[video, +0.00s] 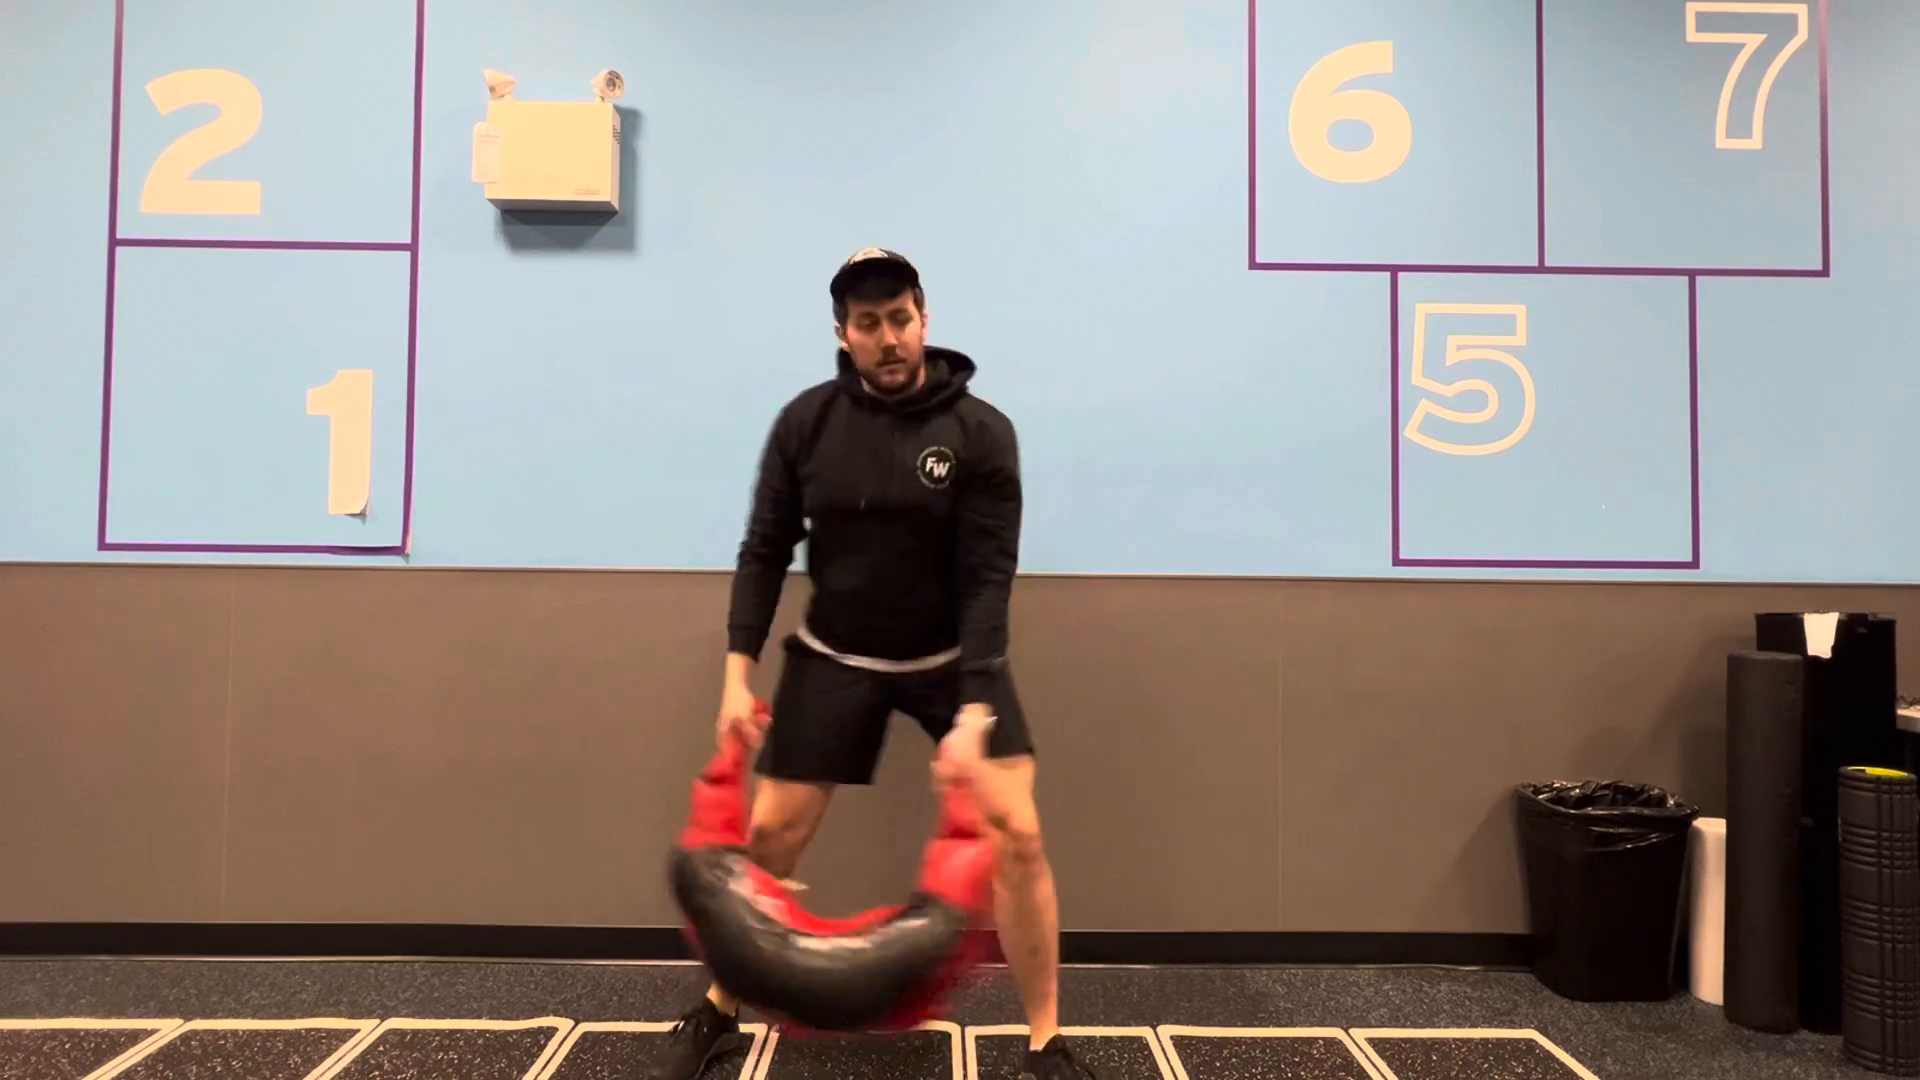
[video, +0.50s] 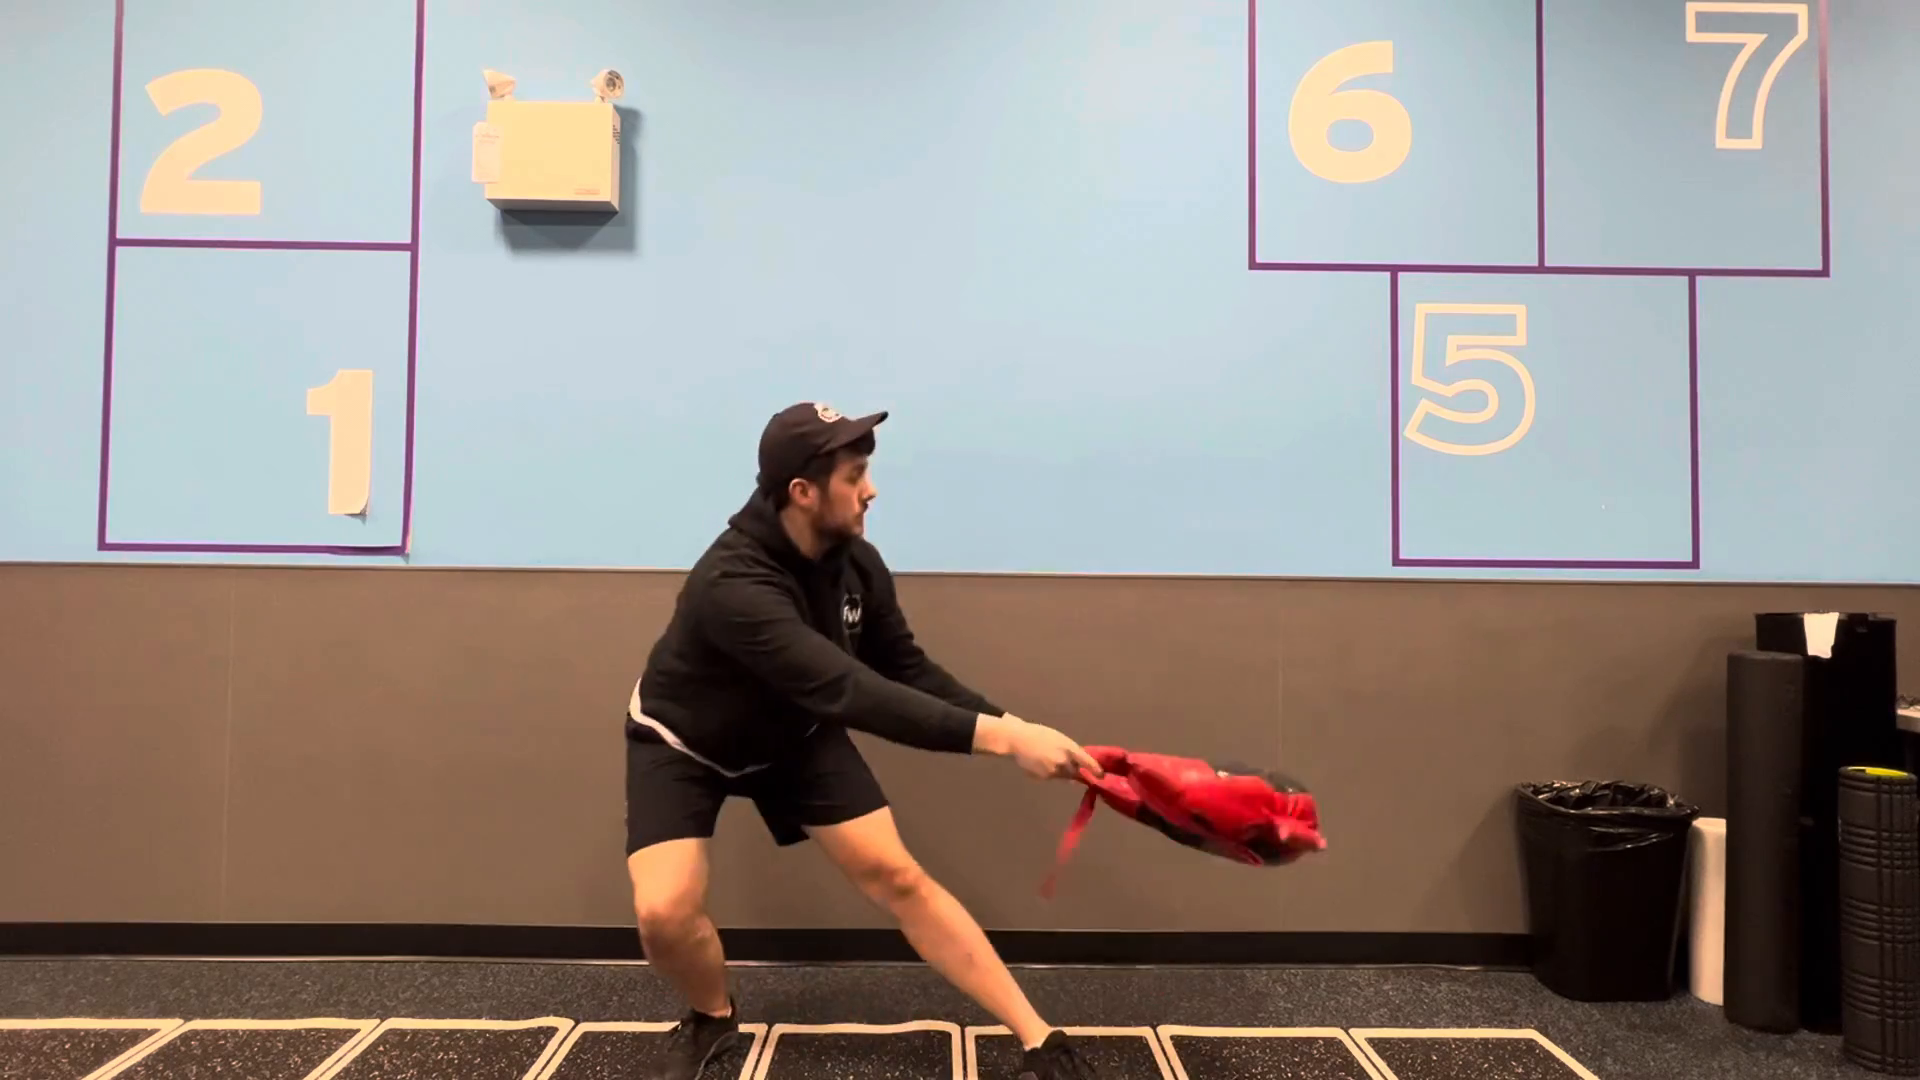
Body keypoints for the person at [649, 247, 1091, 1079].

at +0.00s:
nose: (890, 339)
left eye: (902, 320)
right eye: (870, 325)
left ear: (925, 321)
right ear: (842, 334)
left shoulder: (979, 434)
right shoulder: (805, 424)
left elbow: (990, 576)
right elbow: (764, 548)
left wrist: (975, 710)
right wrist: (738, 673)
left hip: (951, 660)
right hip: (835, 658)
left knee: (1018, 834)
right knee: (770, 829)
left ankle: (1046, 1042)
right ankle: (721, 1004)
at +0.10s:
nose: (888, 348)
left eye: (896, 332)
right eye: (869, 334)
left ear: (906, 337)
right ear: (825, 343)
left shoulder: (937, 442)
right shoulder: (769, 445)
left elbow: (978, 568)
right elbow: (746, 590)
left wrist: (1028, 682)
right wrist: (802, 708)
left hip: (907, 662)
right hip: (783, 667)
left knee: (973, 832)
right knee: (724, 854)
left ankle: (1034, 1031)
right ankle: (718, 1013)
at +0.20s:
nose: (884, 383)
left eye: (883, 367)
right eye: (866, 370)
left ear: (875, 372)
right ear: (811, 385)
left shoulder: (893, 474)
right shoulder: (758, 482)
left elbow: (945, 587)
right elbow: (789, 640)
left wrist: (1020, 678)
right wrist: (902, 741)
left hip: (857, 683)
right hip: (740, 688)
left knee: (937, 843)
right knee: (694, 872)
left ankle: (1042, 1037)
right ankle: (715, 1017)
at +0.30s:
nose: (875, 434)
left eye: (872, 418)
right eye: (858, 421)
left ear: (817, 432)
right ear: (806, 434)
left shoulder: (867, 518)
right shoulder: (746, 532)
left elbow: (914, 619)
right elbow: (839, 663)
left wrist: (1007, 693)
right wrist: (982, 738)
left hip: (818, 706)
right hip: (704, 716)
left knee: (910, 865)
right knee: (677, 897)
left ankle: (1040, 1039)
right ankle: (714, 1021)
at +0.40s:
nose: (871, 474)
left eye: (867, 456)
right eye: (854, 460)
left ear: (811, 476)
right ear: (802, 476)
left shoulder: (857, 551)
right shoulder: (738, 571)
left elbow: (909, 650)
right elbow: (851, 678)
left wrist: (1016, 719)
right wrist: (1007, 730)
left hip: (801, 725)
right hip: (684, 737)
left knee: (898, 873)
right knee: (667, 913)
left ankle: (1040, 1041)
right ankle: (713, 1019)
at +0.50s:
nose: (870, 492)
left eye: (867, 474)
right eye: (854, 477)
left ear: (809, 491)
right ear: (802, 491)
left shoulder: (854, 563)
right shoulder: (733, 583)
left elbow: (905, 664)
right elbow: (842, 690)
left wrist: (1017, 732)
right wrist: (1003, 736)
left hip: (798, 730)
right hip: (681, 740)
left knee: (896, 875)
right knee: (664, 915)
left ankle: (1040, 1041)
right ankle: (712, 1017)